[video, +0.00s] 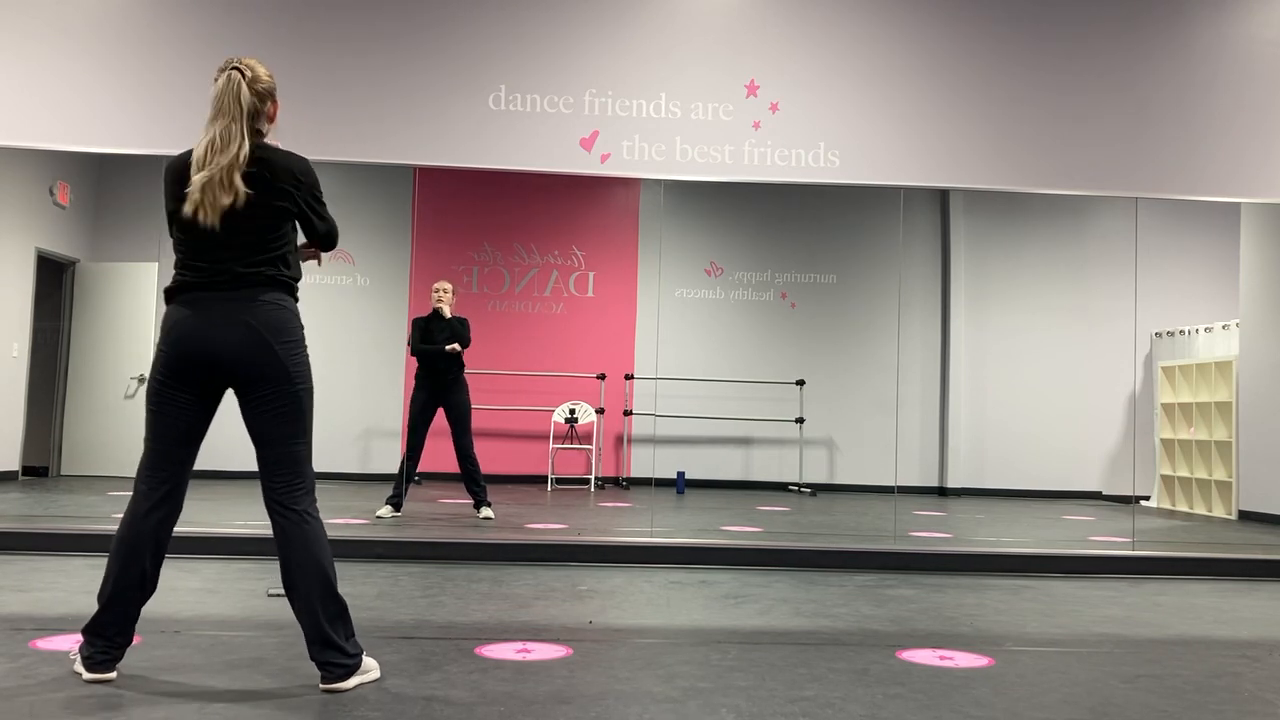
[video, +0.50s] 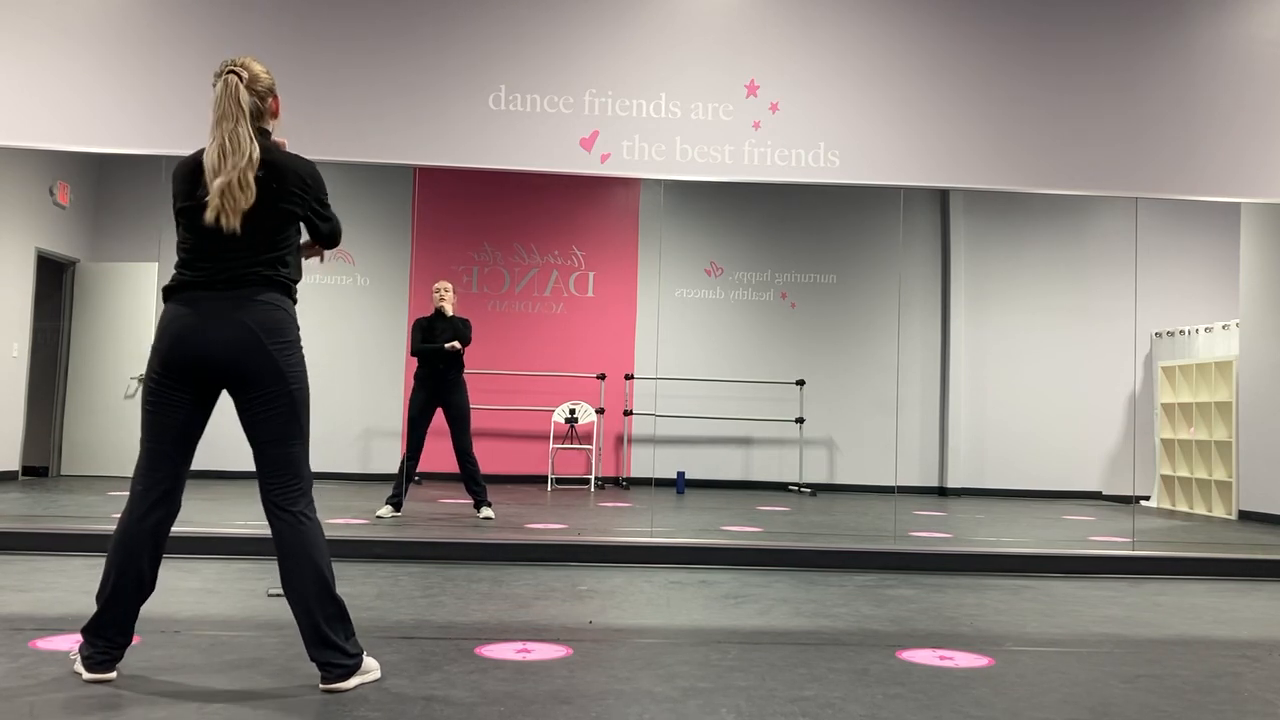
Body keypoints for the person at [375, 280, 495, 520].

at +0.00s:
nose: (439, 294)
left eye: (445, 291)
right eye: (436, 291)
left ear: (453, 298)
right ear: (430, 297)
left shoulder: (460, 323)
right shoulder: (420, 322)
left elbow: (464, 342)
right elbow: (415, 349)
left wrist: (448, 317)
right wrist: (444, 348)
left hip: (455, 389)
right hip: (425, 389)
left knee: (465, 447)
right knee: (412, 448)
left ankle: (482, 504)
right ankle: (394, 504)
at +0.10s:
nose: (442, 296)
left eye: (447, 293)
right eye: (438, 293)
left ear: (454, 299)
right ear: (431, 298)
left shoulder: (462, 324)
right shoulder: (420, 324)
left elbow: (467, 346)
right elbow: (417, 352)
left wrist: (451, 320)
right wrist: (449, 352)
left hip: (459, 390)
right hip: (430, 390)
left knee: (467, 448)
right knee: (415, 449)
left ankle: (482, 504)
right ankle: (394, 504)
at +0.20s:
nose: (443, 300)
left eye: (448, 296)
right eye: (440, 296)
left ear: (455, 301)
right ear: (433, 300)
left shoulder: (464, 327)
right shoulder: (421, 327)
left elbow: (468, 352)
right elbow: (418, 359)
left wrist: (452, 324)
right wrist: (449, 360)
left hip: (463, 392)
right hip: (433, 393)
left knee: (471, 449)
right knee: (418, 450)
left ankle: (483, 504)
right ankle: (394, 504)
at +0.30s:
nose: (444, 297)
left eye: (448, 293)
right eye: (440, 293)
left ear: (456, 299)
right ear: (433, 298)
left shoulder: (464, 325)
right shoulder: (421, 326)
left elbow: (469, 348)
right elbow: (418, 357)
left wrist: (454, 321)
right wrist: (450, 356)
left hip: (461, 391)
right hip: (432, 392)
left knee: (469, 449)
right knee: (417, 450)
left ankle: (483, 504)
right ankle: (394, 504)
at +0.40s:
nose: (442, 294)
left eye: (447, 290)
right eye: (438, 291)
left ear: (455, 298)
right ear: (433, 297)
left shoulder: (463, 322)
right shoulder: (422, 324)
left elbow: (469, 339)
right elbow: (418, 352)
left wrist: (452, 315)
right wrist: (448, 348)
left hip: (458, 390)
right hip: (428, 390)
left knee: (466, 448)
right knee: (414, 449)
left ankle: (482, 504)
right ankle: (394, 504)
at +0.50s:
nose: (441, 294)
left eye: (446, 290)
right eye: (437, 291)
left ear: (454, 297)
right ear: (432, 297)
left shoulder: (462, 323)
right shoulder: (421, 323)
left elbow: (465, 340)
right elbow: (415, 350)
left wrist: (450, 315)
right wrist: (444, 347)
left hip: (454, 390)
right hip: (424, 389)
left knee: (464, 448)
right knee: (412, 449)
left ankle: (482, 504)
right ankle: (394, 504)